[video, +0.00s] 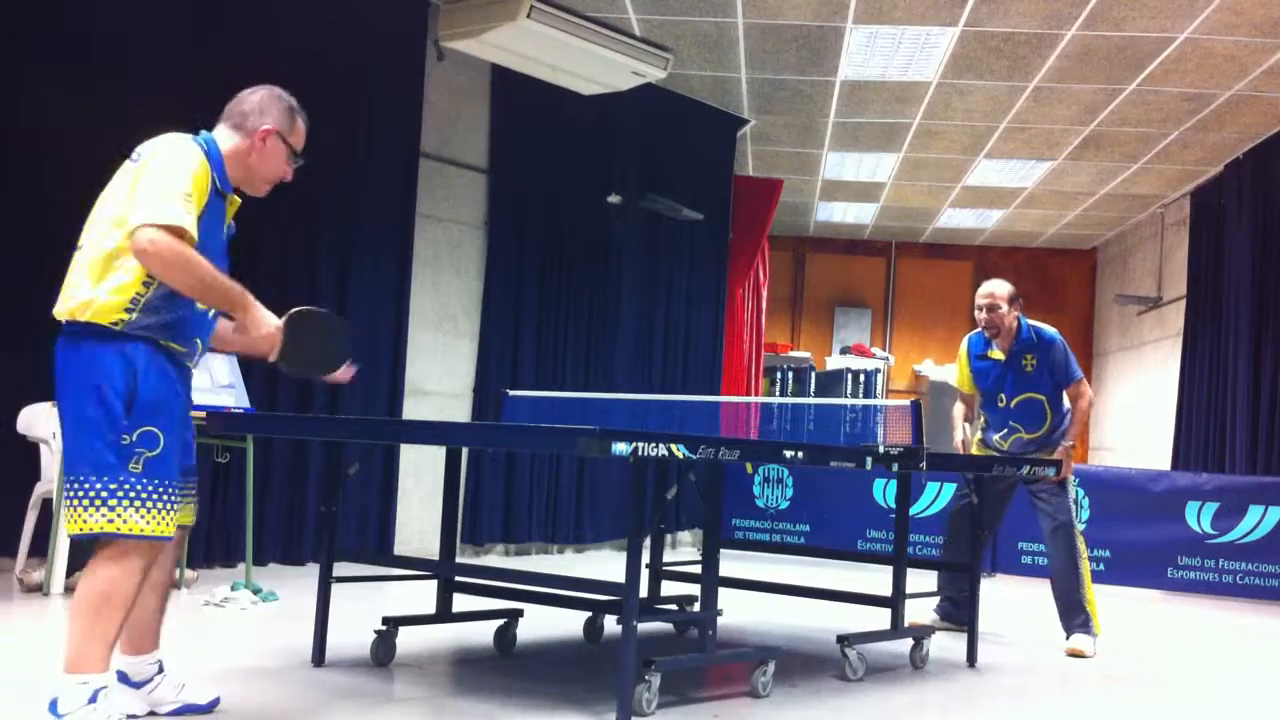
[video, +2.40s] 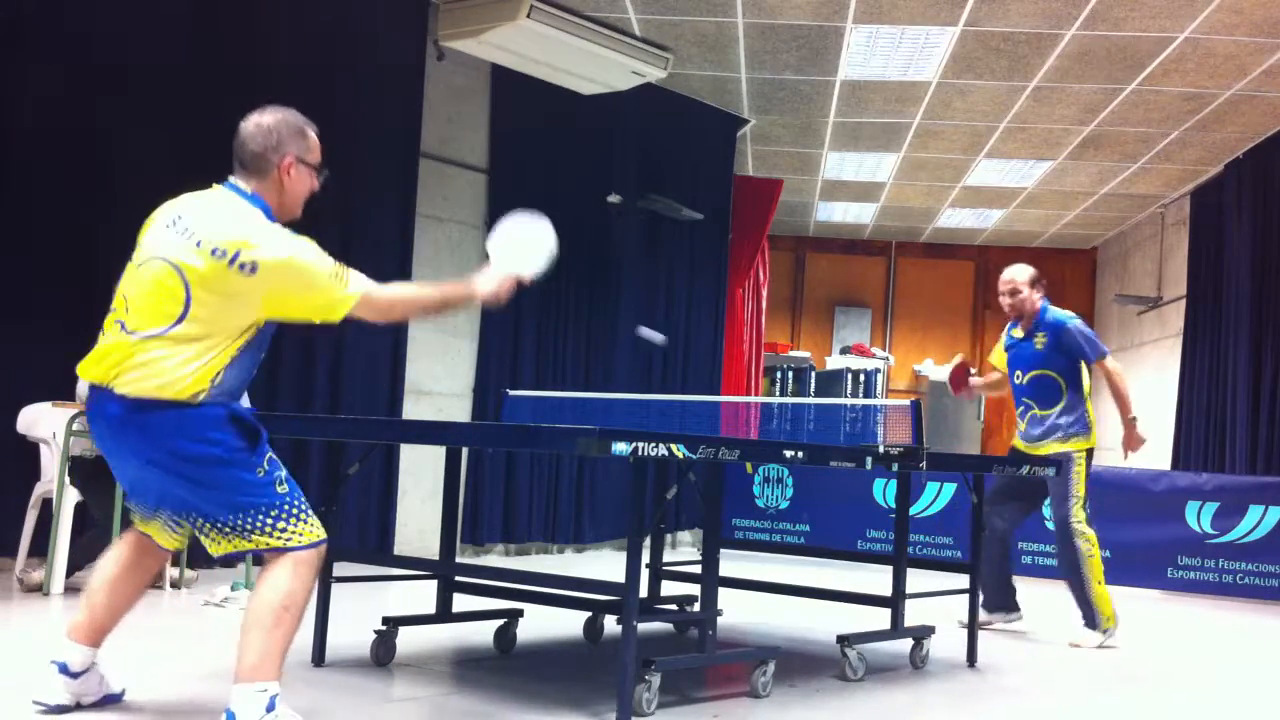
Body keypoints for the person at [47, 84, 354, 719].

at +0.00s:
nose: (290, 173)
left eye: (296, 161)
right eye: (292, 155)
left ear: (258, 141)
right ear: (260, 137)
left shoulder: (214, 208)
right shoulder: (179, 155)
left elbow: (196, 323)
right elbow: (155, 244)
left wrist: (299, 352)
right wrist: (247, 309)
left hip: (158, 365)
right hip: (113, 354)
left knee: (165, 527)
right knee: (131, 532)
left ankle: (137, 674)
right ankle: (78, 691)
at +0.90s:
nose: (316, 190)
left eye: (319, 176)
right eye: (308, 175)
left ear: (265, 165)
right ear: (264, 166)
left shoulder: (232, 205)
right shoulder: (189, 211)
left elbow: (215, 287)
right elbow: (212, 328)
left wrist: (272, 301)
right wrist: (303, 330)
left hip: (130, 361)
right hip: (89, 356)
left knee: (146, 522)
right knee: (131, 527)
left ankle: (127, 668)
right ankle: (67, 689)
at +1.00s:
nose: (323, 188)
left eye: (326, 174)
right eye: (319, 172)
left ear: (270, 160)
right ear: (278, 162)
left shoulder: (212, 187)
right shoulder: (219, 220)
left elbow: (170, 288)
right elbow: (222, 344)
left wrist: (247, 302)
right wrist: (260, 400)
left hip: (116, 358)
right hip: (102, 360)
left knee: (143, 525)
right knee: (146, 533)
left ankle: (113, 666)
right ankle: (67, 688)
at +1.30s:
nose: (323, 179)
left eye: (326, 167)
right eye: (322, 164)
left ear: (261, 152)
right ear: (294, 157)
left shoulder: (180, 189)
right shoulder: (276, 219)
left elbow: (105, 264)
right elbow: (258, 342)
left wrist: (157, 317)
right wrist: (228, 387)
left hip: (96, 354)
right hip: (173, 368)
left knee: (126, 522)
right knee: (241, 525)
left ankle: (90, 673)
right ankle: (158, 661)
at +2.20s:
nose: (338, 208)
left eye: (340, 193)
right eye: (334, 192)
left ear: (288, 187)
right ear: (302, 189)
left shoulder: (211, 227)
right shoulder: (250, 260)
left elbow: (143, 313)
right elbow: (220, 378)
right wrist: (334, 390)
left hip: (135, 417)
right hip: (192, 424)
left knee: (191, 543)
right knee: (312, 547)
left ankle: (80, 671)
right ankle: (254, 703)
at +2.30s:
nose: (325, 201)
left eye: (326, 188)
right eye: (321, 187)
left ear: (273, 183)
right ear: (288, 186)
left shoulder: (195, 223)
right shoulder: (258, 275)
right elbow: (341, 357)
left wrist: (373, 342)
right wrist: (445, 353)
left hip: (128, 416)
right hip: (183, 423)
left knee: (188, 544)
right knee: (308, 545)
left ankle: (78, 672)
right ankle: (255, 703)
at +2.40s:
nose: (317, 182)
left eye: (318, 169)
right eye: (313, 168)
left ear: (252, 162)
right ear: (284, 169)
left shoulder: (177, 210)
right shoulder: (274, 250)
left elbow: (142, 304)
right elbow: (377, 302)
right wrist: (475, 289)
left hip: (111, 404)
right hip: (183, 416)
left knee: (161, 526)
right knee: (300, 545)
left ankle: (73, 670)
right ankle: (254, 703)